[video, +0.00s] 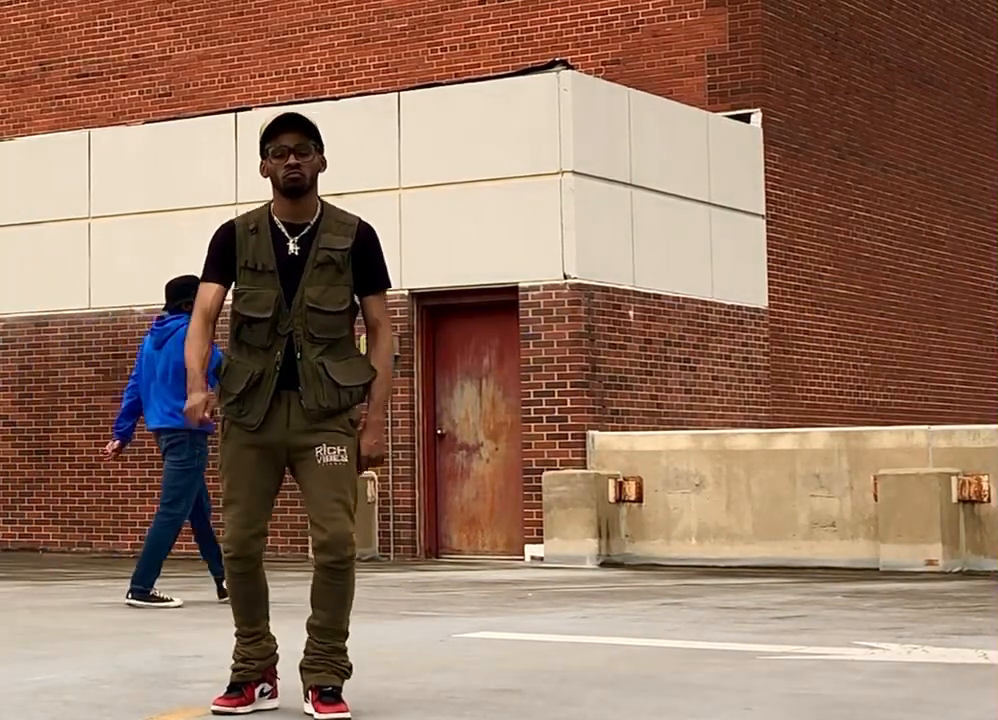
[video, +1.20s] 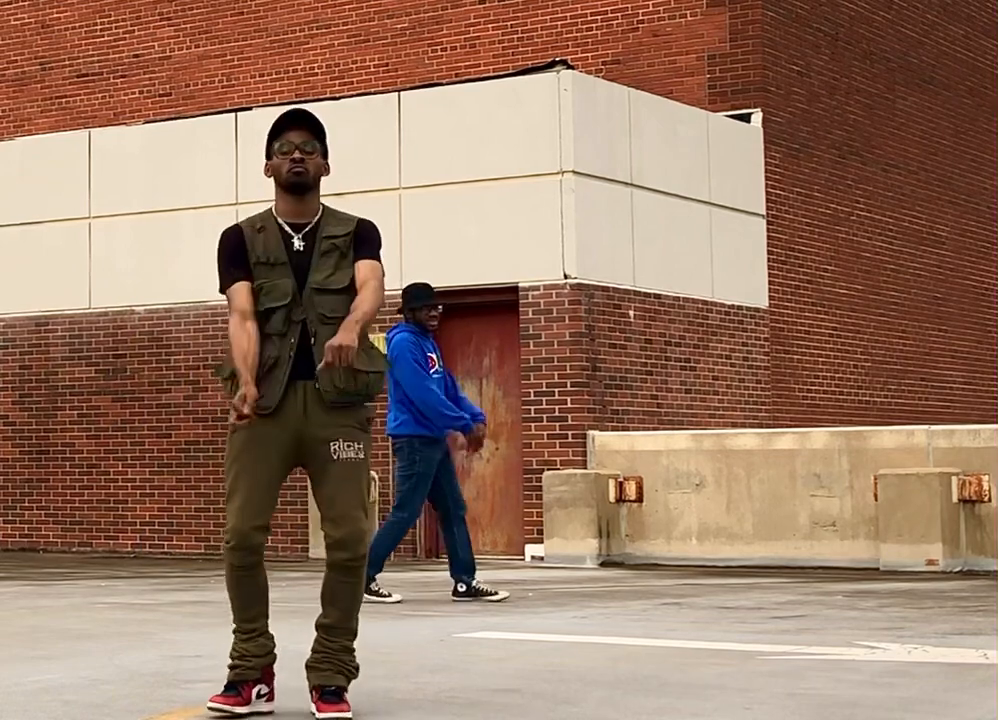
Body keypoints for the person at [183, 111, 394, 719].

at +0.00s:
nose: (291, 161)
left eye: (302, 151)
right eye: (280, 153)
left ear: (321, 162)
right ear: (264, 166)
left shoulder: (355, 236)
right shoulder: (234, 237)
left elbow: (380, 327)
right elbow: (203, 316)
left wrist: (373, 407)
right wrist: (196, 383)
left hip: (328, 411)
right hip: (250, 410)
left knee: (335, 543)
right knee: (239, 541)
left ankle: (324, 674)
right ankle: (253, 666)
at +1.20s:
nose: (299, 156)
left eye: (310, 150)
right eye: (287, 150)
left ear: (324, 165)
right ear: (269, 166)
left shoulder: (356, 231)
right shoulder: (241, 238)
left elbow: (372, 290)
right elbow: (243, 315)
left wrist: (352, 324)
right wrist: (246, 378)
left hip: (338, 404)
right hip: (266, 402)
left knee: (350, 542)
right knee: (241, 539)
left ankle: (331, 675)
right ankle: (251, 668)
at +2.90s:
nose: (264, 198)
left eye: (274, 188)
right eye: (255, 190)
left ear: (295, 190)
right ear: (245, 196)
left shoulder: (322, 226)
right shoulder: (250, 261)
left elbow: (323, 224)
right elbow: (207, 320)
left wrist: (274, 240)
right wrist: (235, 296)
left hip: (325, 402)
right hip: (262, 404)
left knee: (323, 535)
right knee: (230, 517)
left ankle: (321, 655)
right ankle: (235, 646)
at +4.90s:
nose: (259, 203)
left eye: (271, 193)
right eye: (248, 194)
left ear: (292, 200)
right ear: (233, 203)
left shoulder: (317, 243)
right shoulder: (213, 266)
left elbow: (297, 262)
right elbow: (198, 320)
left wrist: (224, 274)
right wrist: (201, 355)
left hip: (292, 439)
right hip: (219, 439)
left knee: (318, 577)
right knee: (190, 563)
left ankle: (352, 671)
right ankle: (246, 676)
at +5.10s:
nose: (254, 163)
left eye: (265, 152)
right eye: (241, 153)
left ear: (281, 159)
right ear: (223, 160)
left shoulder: (307, 221)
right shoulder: (194, 207)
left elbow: (311, 289)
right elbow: (159, 248)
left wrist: (303, 345)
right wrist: (171, 257)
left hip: (291, 416)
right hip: (209, 420)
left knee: (344, 530)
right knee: (198, 554)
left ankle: (313, 651)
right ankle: (238, 672)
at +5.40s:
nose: (249, 154)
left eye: (261, 144)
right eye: (236, 143)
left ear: (279, 152)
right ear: (217, 153)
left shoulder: (305, 218)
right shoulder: (194, 204)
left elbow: (311, 286)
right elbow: (159, 201)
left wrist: (311, 347)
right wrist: (140, 174)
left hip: (285, 412)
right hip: (203, 416)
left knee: (322, 541)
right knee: (196, 565)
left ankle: (281, 693)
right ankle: (227, 672)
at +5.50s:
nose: (234, 123)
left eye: (247, 113)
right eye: (222, 111)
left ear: (263, 123)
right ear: (202, 117)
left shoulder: (289, 170)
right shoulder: (173, 195)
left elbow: (298, 186)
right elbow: (136, 280)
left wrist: (282, 199)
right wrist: (160, 293)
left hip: (271, 387)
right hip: (189, 389)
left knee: (282, 542)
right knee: (168, 533)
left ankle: (280, 697)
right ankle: (215, 649)